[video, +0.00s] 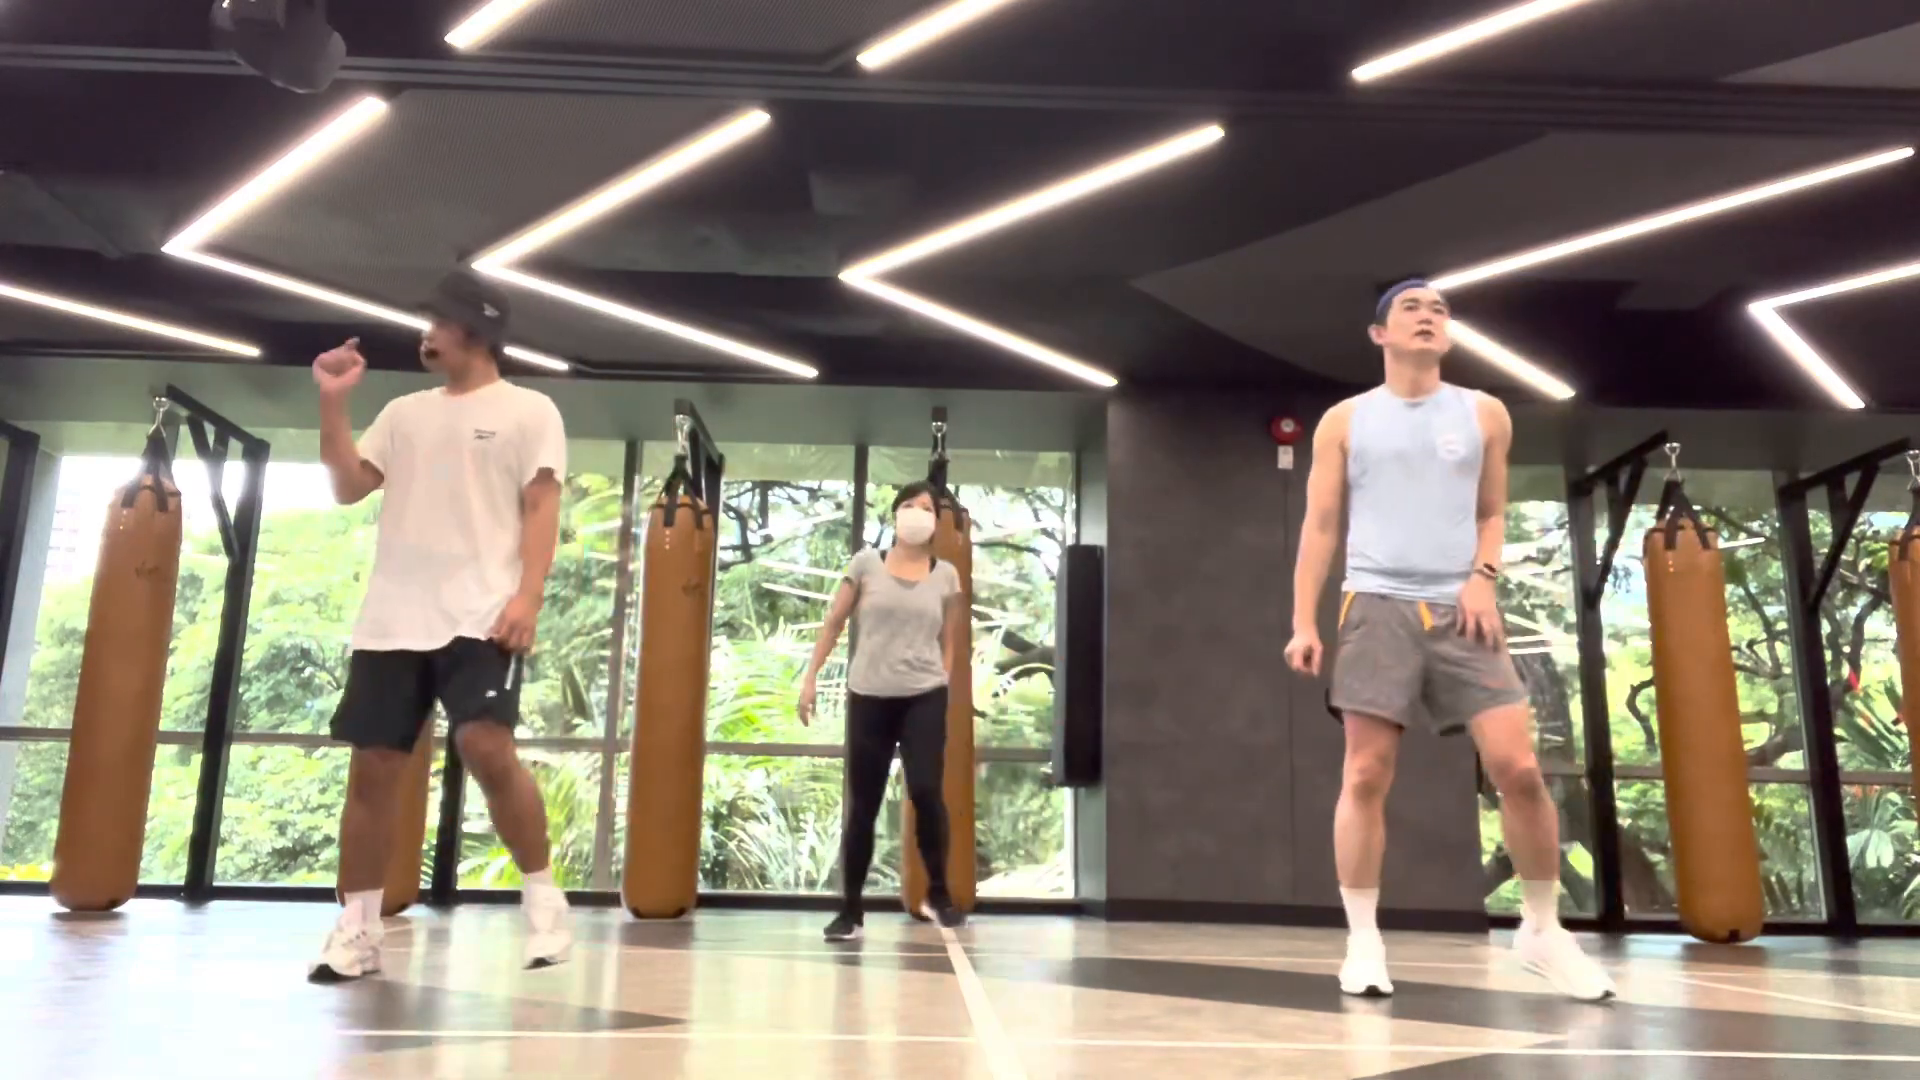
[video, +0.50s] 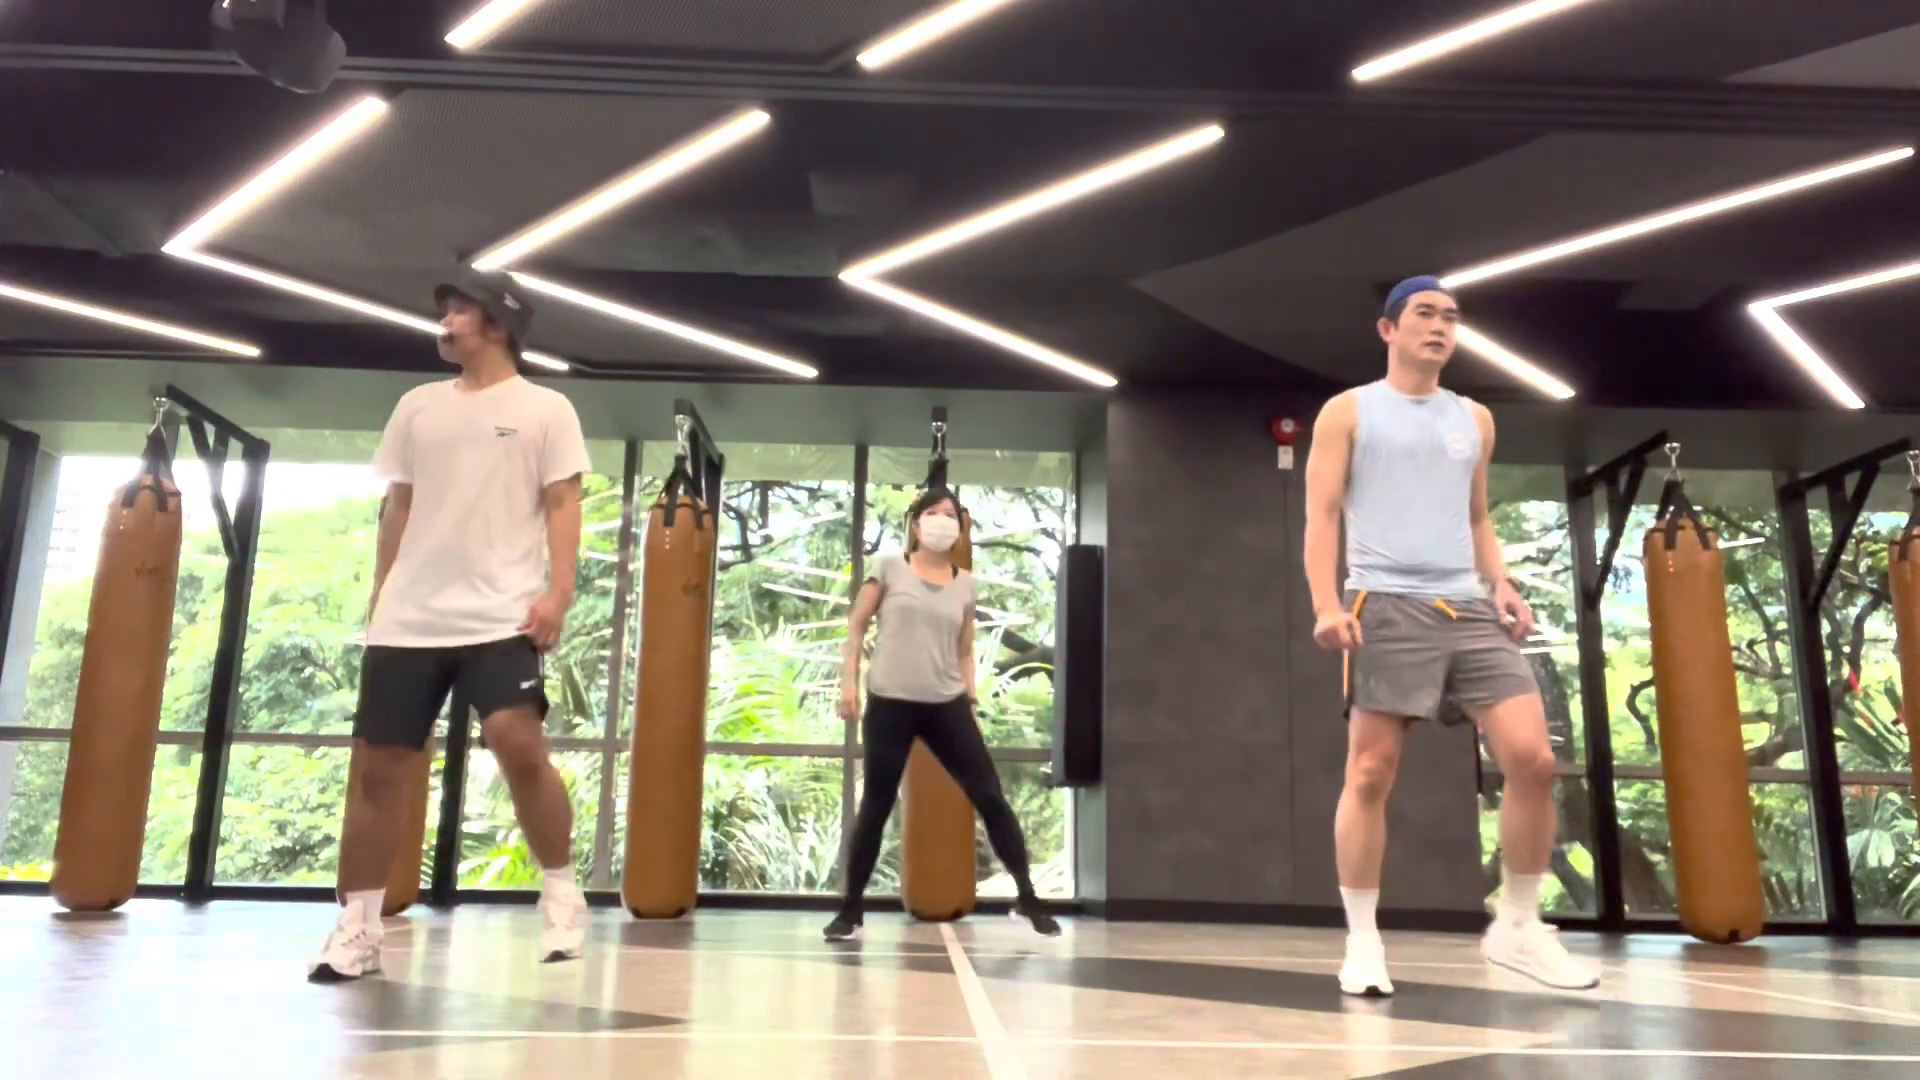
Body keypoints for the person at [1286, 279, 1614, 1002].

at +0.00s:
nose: (1427, 315)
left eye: (1438, 309)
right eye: (1411, 306)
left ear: (1451, 337)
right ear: (1379, 333)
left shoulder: (1486, 415)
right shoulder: (1343, 421)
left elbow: (1492, 513)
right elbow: (1320, 525)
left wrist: (1484, 573)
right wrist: (1305, 620)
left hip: (1464, 612)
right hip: (1377, 613)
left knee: (1521, 772)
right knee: (1366, 774)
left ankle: (1541, 932)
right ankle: (1363, 943)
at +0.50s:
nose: (1441, 326)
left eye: (1450, 318)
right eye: (1426, 313)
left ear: (1456, 336)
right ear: (1388, 328)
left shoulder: (1475, 421)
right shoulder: (1347, 412)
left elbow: (1480, 520)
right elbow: (1322, 514)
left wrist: (1501, 585)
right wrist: (1327, 605)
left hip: (1474, 611)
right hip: (1389, 611)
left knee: (1535, 762)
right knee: (1370, 774)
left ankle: (1517, 928)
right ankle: (1363, 946)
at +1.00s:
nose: (1547, 316)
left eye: (1554, 307)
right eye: (1527, 310)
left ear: (1569, 327)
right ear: (1499, 338)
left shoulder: (1602, 416)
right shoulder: (1469, 412)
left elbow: (1621, 492)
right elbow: (1425, 511)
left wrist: (1640, 524)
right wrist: (1428, 603)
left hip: (1597, 614)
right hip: (1512, 614)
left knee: (1627, 775)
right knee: (1521, 775)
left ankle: (1630, 956)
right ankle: (1491, 919)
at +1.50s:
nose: (1503, 314)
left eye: (1515, 306)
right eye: (1485, 309)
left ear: (1533, 333)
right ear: (1459, 340)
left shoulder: (1571, 396)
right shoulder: (1430, 430)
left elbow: (1617, 490)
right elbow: (1417, 532)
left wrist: (1616, 399)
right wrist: (1400, 617)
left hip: (1561, 625)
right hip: (1462, 623)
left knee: (1623, 775)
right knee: (1409, 756)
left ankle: (1631, 958)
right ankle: (1352, 928)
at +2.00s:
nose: (1403, 309)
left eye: (1412, 300)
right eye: (1386, 297)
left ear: (1421, 322)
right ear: (1351, 317)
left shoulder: (1447, 411)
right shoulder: (1307, 405)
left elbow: (1448, 523)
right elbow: (1258, 502)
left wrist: (1445, 610)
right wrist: (1250, 580)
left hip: (1422, 607)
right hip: (1336, 603)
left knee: (1416, 780)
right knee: (1317, 768)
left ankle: (1356, 919)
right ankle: (1304, 940)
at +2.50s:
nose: (1494, 333)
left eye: (1503, 322)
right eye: (1478, 321)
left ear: (1513, 339)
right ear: (1442, 337)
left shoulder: (1513, 434)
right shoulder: (1410, 409)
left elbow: (1487, 530)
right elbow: (1368, 510)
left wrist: (1503, 607)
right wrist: (1451, 571)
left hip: (1505, 627)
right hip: (1421, 622)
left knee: (1580, 777)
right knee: (1363, 778)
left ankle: (1627, 960)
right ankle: (1309, 942)